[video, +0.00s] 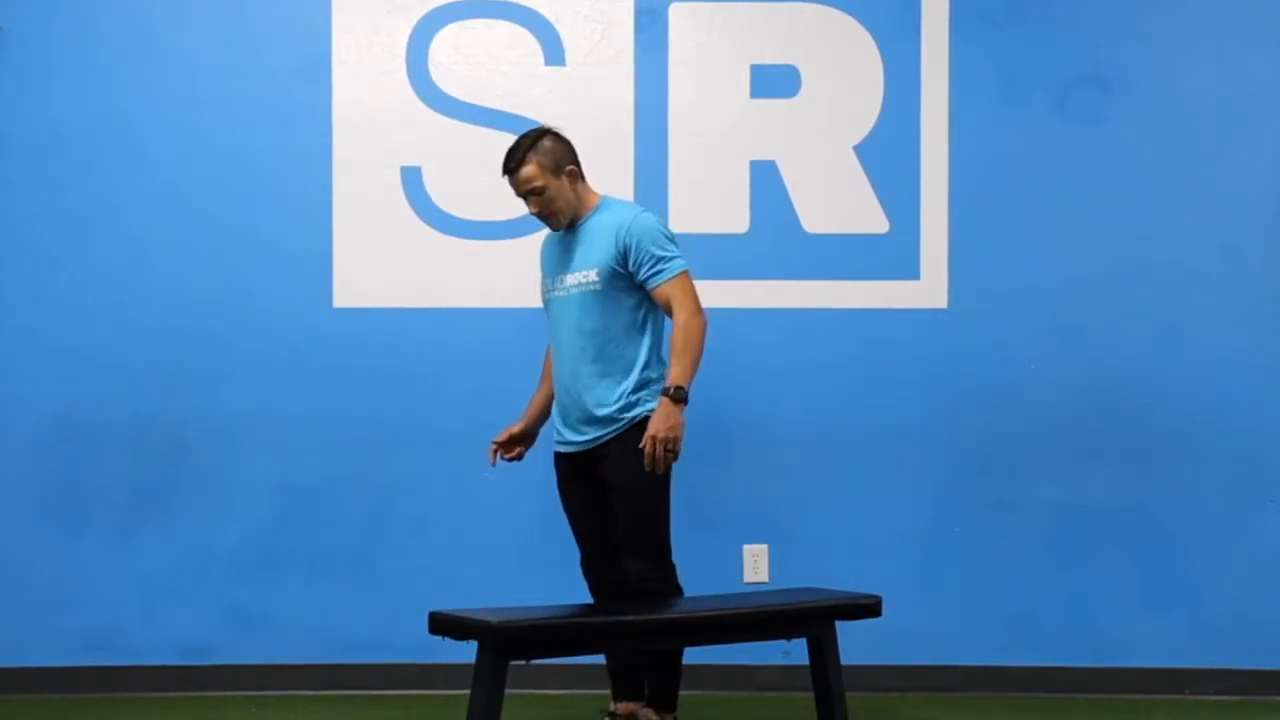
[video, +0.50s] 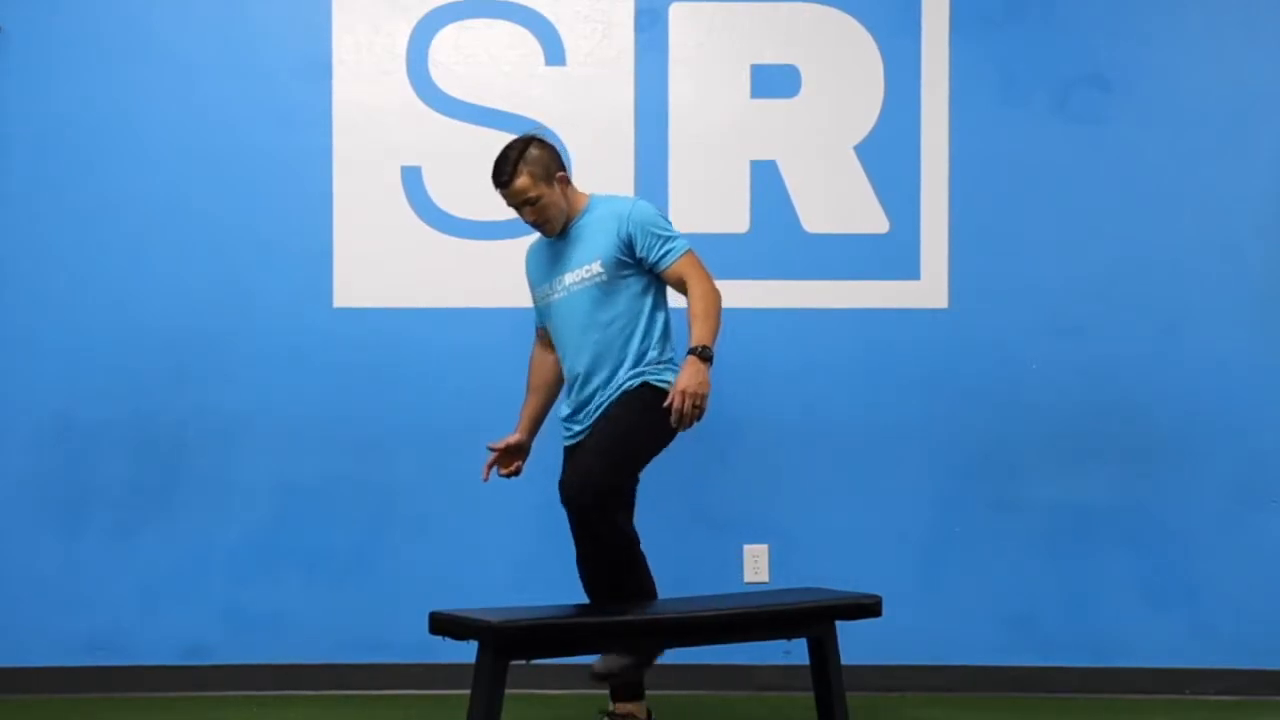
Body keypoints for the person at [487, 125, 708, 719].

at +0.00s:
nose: (531, 208)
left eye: (536, 193)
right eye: (523, 197)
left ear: (572, 175)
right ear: (524, 192)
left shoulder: (630, 227)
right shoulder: (552, 248)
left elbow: (689, 311)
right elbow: (564, 345)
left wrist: (673, 401)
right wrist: (531, 422)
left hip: (632, 432)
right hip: (575, 442)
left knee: (646, 572)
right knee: (604, 577)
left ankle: (660, 707)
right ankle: (625, 705)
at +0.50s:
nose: (528, 216)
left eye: (532, 201)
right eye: (517, 207)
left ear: (562, 179)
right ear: (512, 202)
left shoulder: (626, 218)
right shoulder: (539, 257)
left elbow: (702, 287)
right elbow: (548, 348)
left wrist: (698, 362)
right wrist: (525, 432)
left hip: (646, 388)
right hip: (583, 415)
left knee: (588, 488)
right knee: (595, 545)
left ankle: (639, 625)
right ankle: (629, 702)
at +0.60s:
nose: (527, 218)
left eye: (531, 203)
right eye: (516, 209)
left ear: (560, 179)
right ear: (511, 203)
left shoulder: (626, 217)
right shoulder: (537, 258)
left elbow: (702, 278)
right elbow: (547, 347)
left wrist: (711, 354)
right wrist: (522, 431)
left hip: (653, 377)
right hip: (591, 406)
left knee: (582, 432)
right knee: (603, 560)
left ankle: (663, 534)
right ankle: (628, 702)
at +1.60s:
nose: (582, 167)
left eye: (589, 153)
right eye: (571, 157)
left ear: (622, 133)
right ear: (561, 150)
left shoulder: (687, 180)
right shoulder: (567, 197)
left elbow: (775, 245)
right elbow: (553, 274)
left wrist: (796, 327)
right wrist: (523, 343)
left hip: (701, 340)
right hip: (624, 368)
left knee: (636, 424)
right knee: (610, 507)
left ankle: (696, 566)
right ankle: (613, 656)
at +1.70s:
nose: (583, 129)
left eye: (590, 116)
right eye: (575, 118)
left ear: (625, 94)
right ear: (570, 111)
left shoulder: (696, 144)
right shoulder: (576, 158)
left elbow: (785, 213)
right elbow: (567, 238)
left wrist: (799, 295)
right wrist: (540, 307)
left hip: (706, 311)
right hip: (631, 326)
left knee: (648, 419)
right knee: (601, 462)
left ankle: (698, 570)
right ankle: (633, 614)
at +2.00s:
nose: (595, 37)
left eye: (600, 21)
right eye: (586, 25)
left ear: (636, 3)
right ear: (585, 17)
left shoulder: (708, 57)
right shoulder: (600, 64)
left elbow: (782, 142)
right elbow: (598, 155)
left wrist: (777, 229)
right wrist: (565, 239)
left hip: (704, 251)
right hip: (628, 256)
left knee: (685, 397)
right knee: (615, 390)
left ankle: (701, 563)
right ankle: (672, 539)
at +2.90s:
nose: (575, 76)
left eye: (575, 59)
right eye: (564, 68)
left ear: (608, 28)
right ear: (566, 63)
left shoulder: (678, 68)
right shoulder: (609, 116)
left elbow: (755, 148)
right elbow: (635, 220)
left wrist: (736, 237)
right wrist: (612, 296)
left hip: (707, 281)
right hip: (642, 295)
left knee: (707, 428)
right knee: (607, 420)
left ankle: (768, 597)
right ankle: (668, 568)